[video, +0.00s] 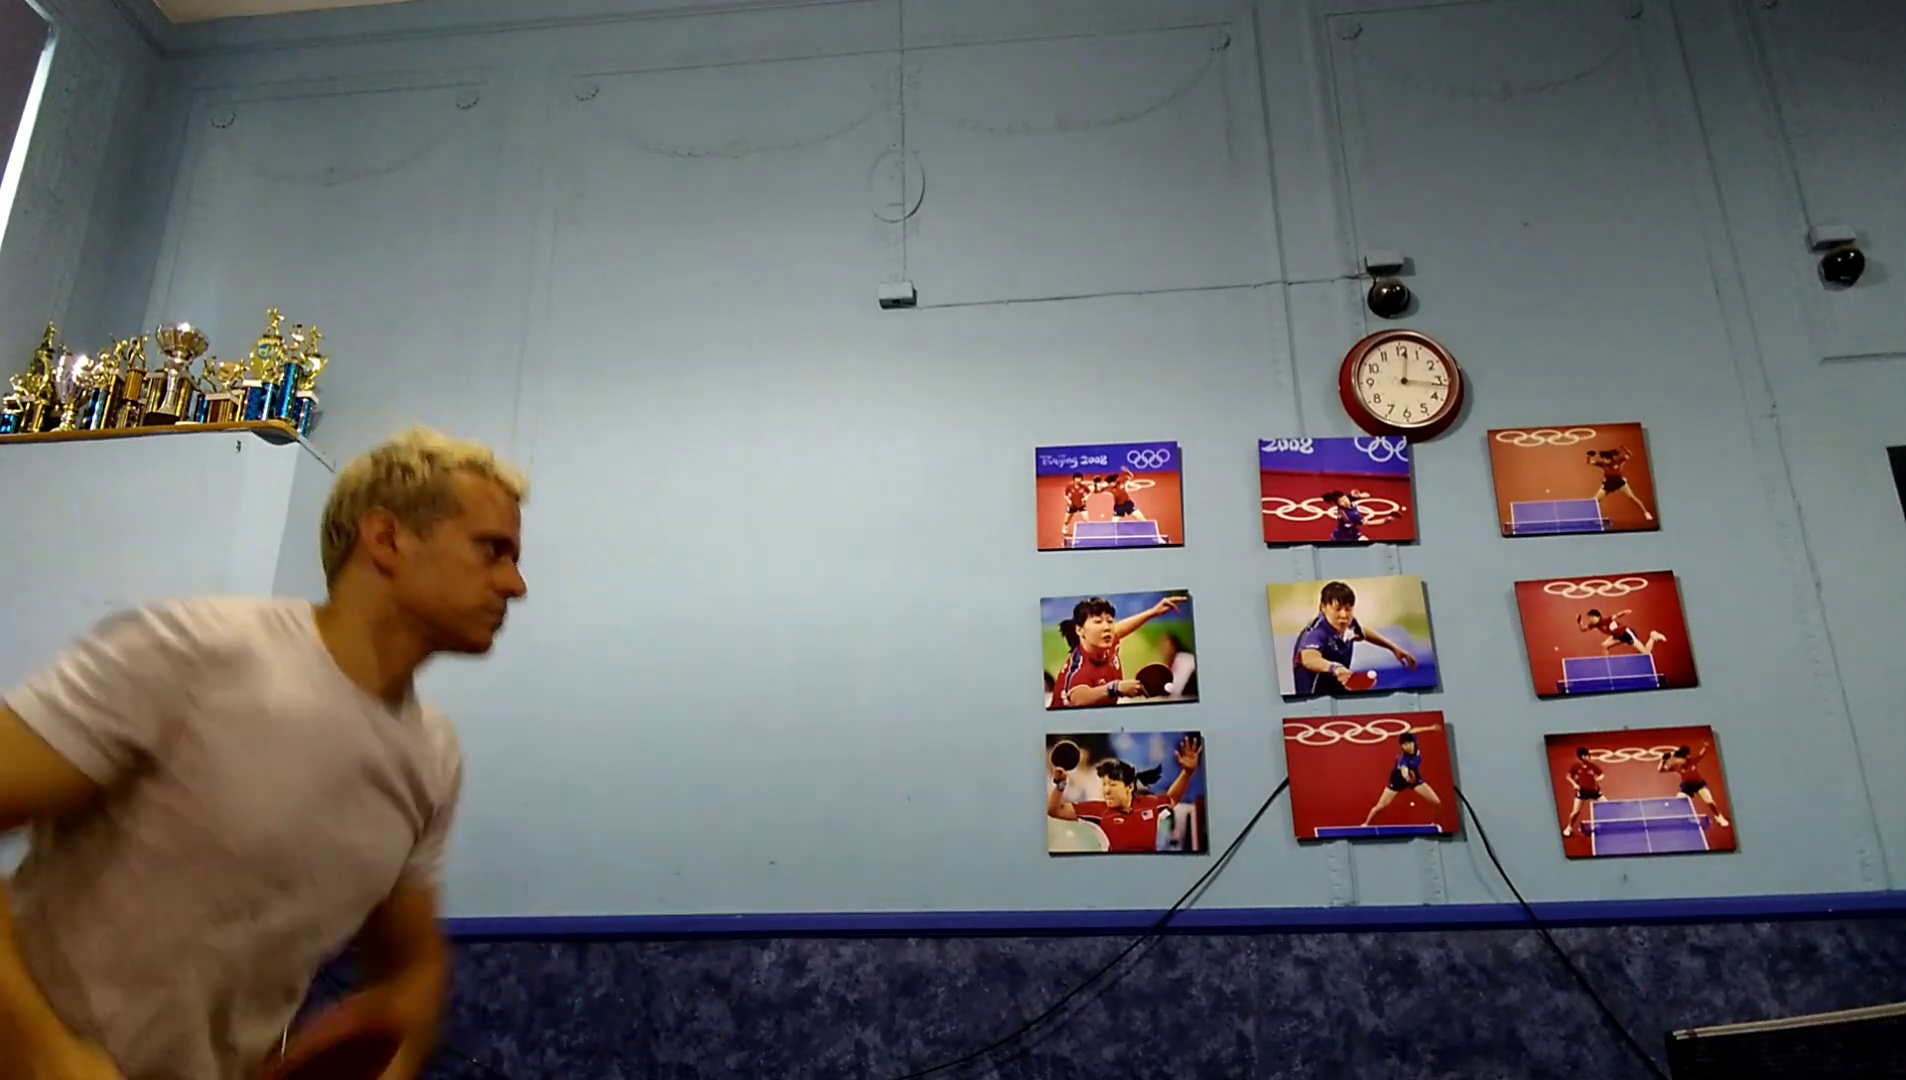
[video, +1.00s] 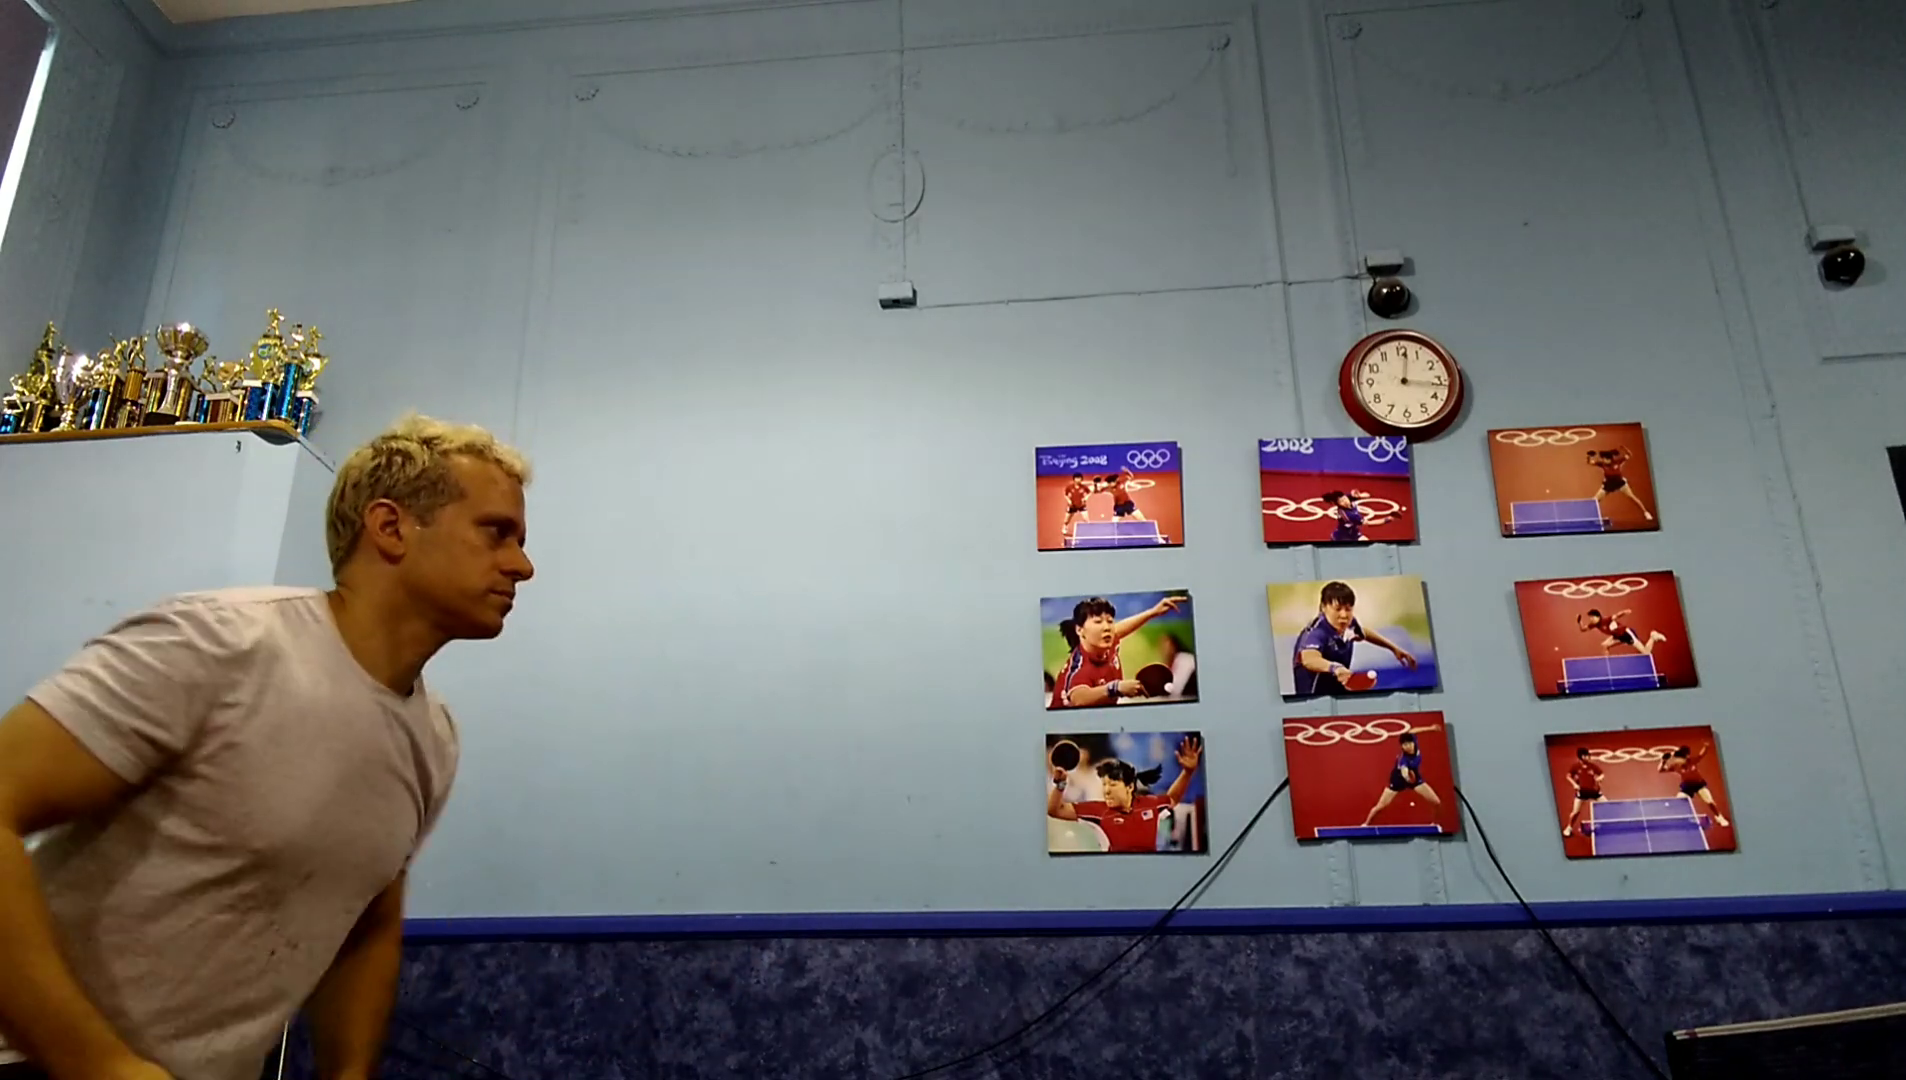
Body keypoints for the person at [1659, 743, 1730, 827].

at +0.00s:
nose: (1679, 761)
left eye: (1681, 759)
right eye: (1678, 760)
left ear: (1686, 757)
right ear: (1676, 759)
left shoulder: (1692, 761)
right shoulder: (1676, 766)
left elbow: (1700, 755)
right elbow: (1661, 770)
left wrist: (1705, 747)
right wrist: (1663, 760)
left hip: (1699, 784)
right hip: (1686, 786)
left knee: (1710, 802)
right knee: (1678, 803)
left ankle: (1719, 817)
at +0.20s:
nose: (1681, 761)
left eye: (1682, 759)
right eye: (1679, 759)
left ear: (1686, 757)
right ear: (1677, 758)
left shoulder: (1692, 760)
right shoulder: (1676, 766)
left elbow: (1700, 755)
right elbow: (1661, 770)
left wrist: (1705, 747)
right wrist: (1663, 760)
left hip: (1699, 784)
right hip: (1686, 786)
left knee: (1710, 802)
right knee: (1678, 803)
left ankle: (1718, 817)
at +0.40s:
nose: (1681, 761)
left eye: (1683, 759)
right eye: (1680, 760)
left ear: (1687, 757)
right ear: (1677, 759)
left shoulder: (1692, 761)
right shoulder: (1677, 766)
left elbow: (1700, 756)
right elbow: (1661, 770)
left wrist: (1705, 747)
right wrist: (1663, 761)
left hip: (1699, 784)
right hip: (1686, 786)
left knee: (1710, 802)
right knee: (1678, 803)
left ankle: (1718, 817)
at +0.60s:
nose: (1684, 759)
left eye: (1686, 757)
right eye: (1682, 758)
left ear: (1687, 756)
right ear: (1679, 757)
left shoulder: (1692, 760)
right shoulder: (1676, 766)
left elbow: (1701, 755)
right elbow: (1661, 770)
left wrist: (1705, 747)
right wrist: (1663, 760)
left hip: (1699, 784)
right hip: (1686, 786)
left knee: (1710, 802)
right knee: (1678, 803)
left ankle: (1719, 817)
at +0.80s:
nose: (1682, 761)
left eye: (1684, 758)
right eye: (1680, 759)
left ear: (1687, 757)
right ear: (1678, 758)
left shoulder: (1692, 760)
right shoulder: (1676, 766)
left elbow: (1700, 755)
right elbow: (1661, 770)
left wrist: (1705, 747)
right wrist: (1663, 760)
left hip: (1699, 784)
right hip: (1686, 786)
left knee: (1710, 802)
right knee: (1678, 803)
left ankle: (1718, 816)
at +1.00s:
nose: (1685, 759)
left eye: (1686, 757)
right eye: (1683, 757)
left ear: (1687, 756)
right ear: (1679, 757)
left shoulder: (1692, 760)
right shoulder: (1676, 766)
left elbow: (1701, 755)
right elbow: (1661, 770)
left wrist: (1705, 747)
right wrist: (1663, 760)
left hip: (1699, 784)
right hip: (1686, 786)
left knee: (1710, 802)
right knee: (1678, 803)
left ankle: (1719, 817)